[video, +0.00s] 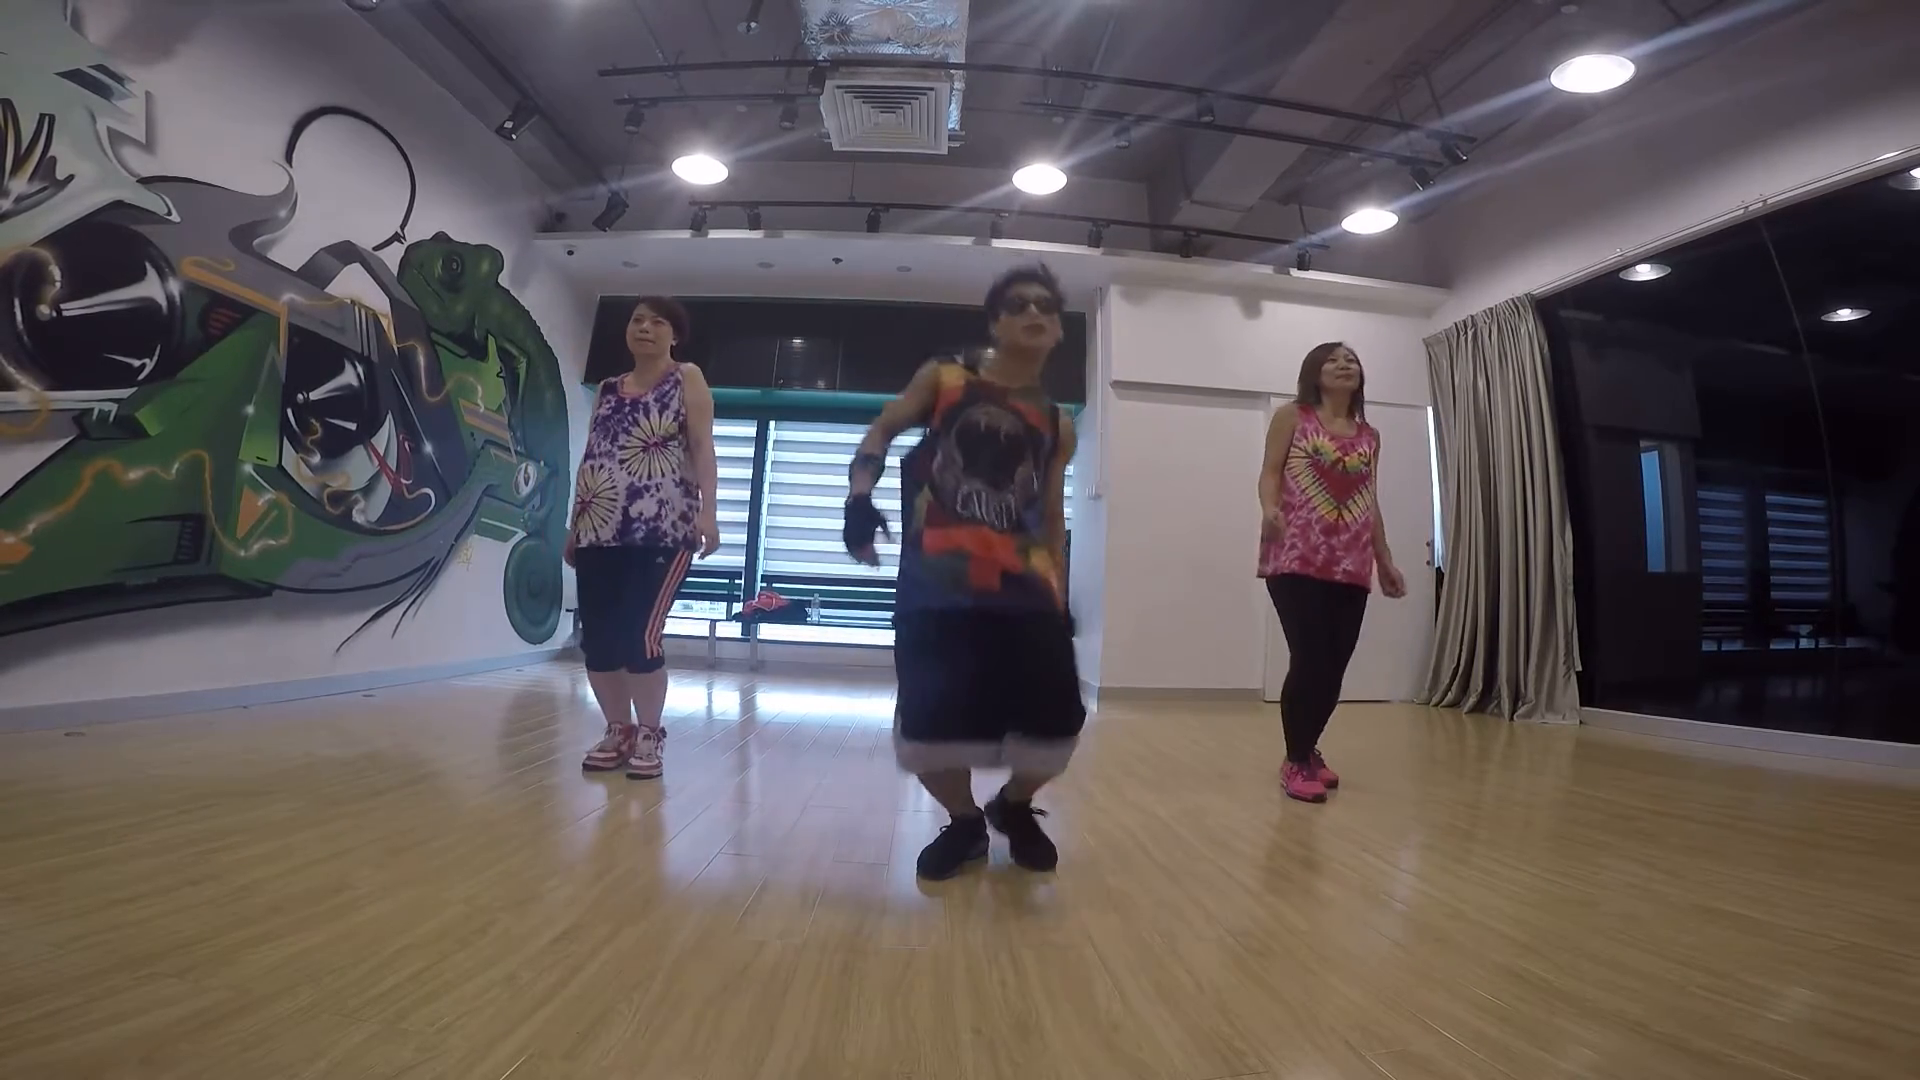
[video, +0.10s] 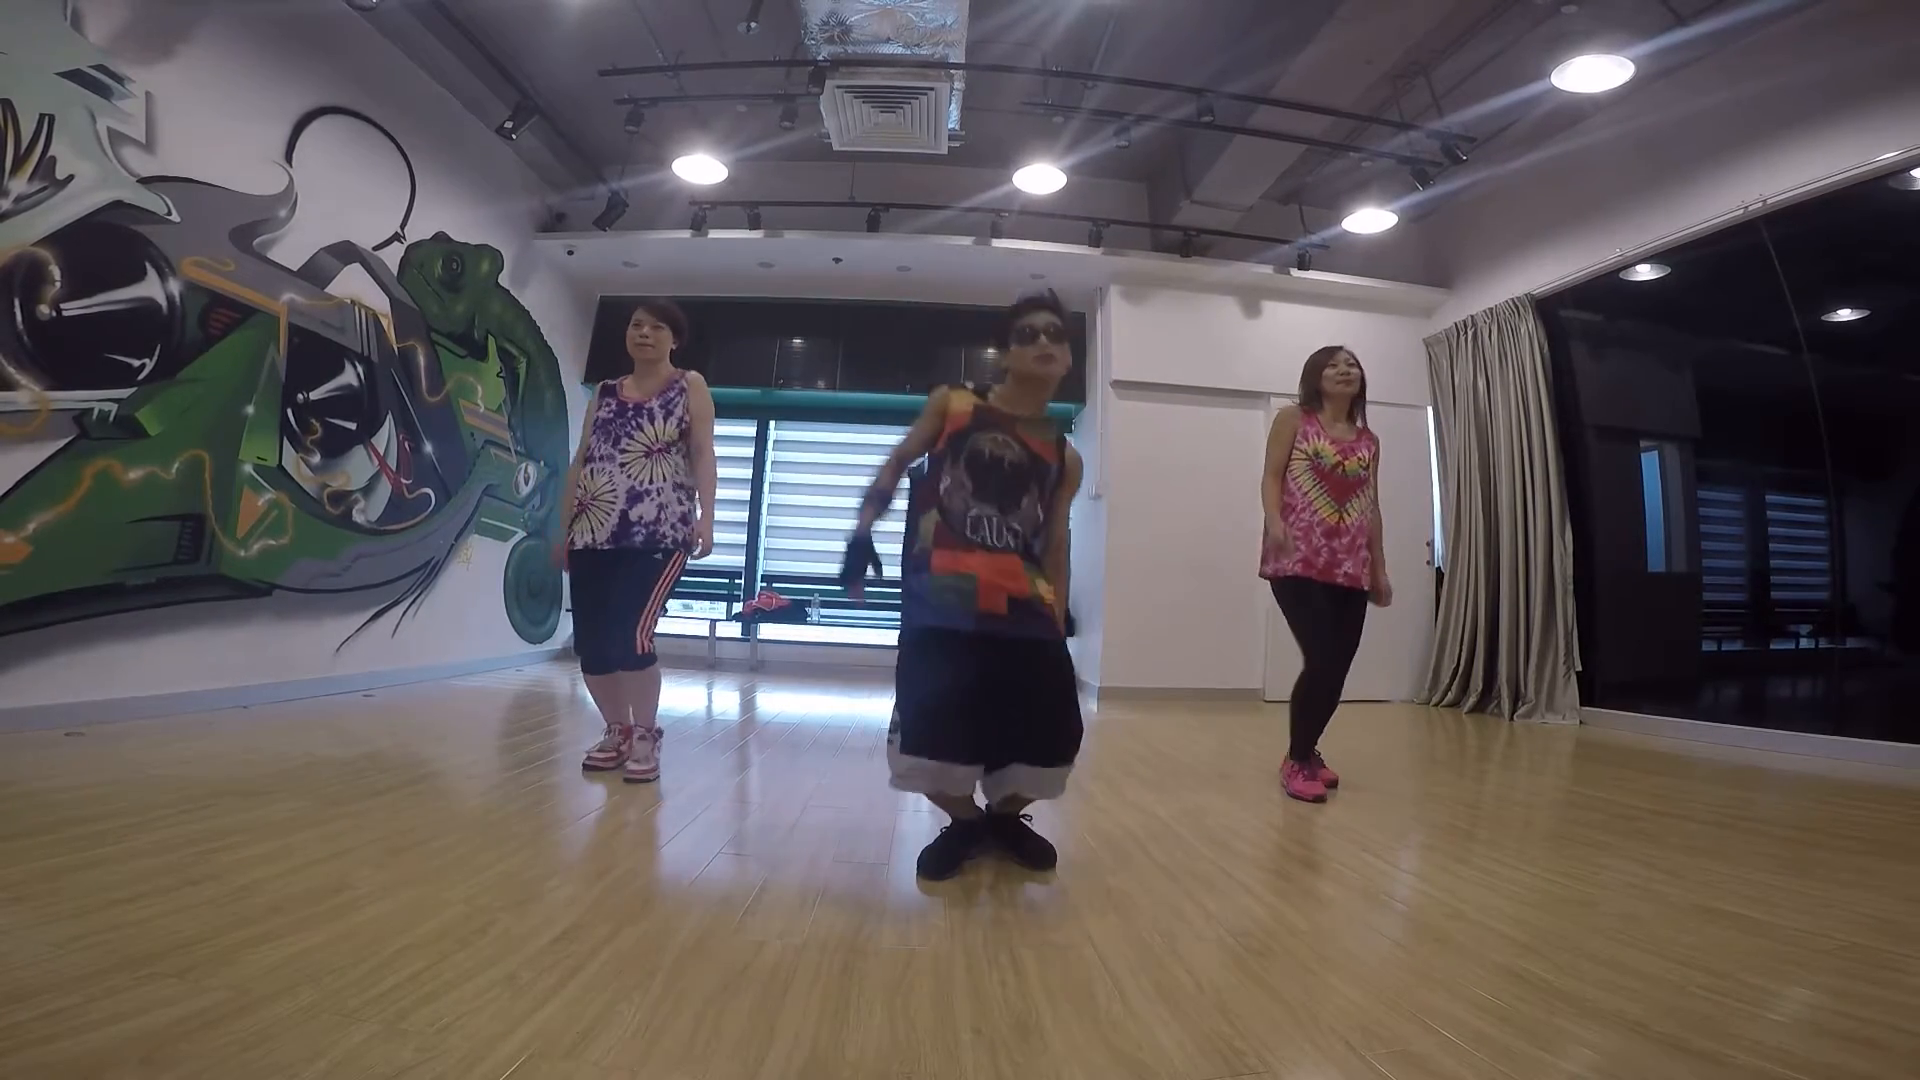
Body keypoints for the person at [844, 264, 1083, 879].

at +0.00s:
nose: (1034, 315)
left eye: (1046, 308)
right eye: (1019, 306)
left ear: (1060, 327)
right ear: (994, 323)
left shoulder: (1056, 425)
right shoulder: (944, 381)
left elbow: (1052, 518)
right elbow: (879, 433)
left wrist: (1058, 597)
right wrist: (860, 497)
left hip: (1024, 591)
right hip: (939, 586)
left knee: (1057, 723)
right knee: (927, 733)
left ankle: (1013, 804)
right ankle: (966, 823)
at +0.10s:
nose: (1044, 343)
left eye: (1055, 335)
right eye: (1029, 335)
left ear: (1069, 357)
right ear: (1005, 351)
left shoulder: (1063, 457)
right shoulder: (952, 406)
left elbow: (1055, 545)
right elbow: (894, 466)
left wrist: (1057, 616)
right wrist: (860, 538)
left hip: (1023, 605)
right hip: (944, 596)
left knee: (1053, 722)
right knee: (933, 722)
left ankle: (1005, 816)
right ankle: (963, 823)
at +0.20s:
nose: (1047, 343)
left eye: (1058, 336)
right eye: (1032, 335)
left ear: (1070, 355)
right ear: (1007, 351)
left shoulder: (1068, 453)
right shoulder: (958, 409)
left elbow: (1062, 539)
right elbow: (917, 491)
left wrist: (1064, 615)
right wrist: (890, 562)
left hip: (1030, 604)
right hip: (947, 594)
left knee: (1055, 728)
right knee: (927, 733)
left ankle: (1005, 817)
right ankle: (961, 814)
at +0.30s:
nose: (1027, 312)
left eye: (1039, 304)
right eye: (1013, 303)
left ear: (1054, 326)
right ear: (988, 322)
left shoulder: (1072, 413)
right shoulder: (956, 398)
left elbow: (1078, 510)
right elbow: (933, 488)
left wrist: (1081, 599)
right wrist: (925, 565)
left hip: (1037, 586)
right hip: (952, 577)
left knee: (1042, 723)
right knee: (914, 712)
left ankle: (1004, 815)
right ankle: (948, 834)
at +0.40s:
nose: (1006, 281)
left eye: (1018, 275)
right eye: (992, 272)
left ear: (1032, 299)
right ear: (967, 294)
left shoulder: (1063, 367)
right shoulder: (949, 379)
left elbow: (1101, 453)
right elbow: (946, 469)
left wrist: (1106, 538)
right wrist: (939, 544)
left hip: (1040, 565)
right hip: (954, 560)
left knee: (1036, 707)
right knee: (915, 692)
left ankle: (1005, 815)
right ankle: (912, 842)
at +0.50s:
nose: (984, 277)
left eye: (996, 273)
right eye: (970, 270)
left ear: (1010, 298)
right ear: (946, 294)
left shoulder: (1046, 349)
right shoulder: (943, 382)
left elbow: (1110, 417)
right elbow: (964, 464)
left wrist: (1125, 509)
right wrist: (954, 534)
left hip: (1043, 558)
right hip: (960, 553)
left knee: (1036, 705)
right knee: (907, 680)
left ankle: (1005, 814)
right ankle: (916, 821)